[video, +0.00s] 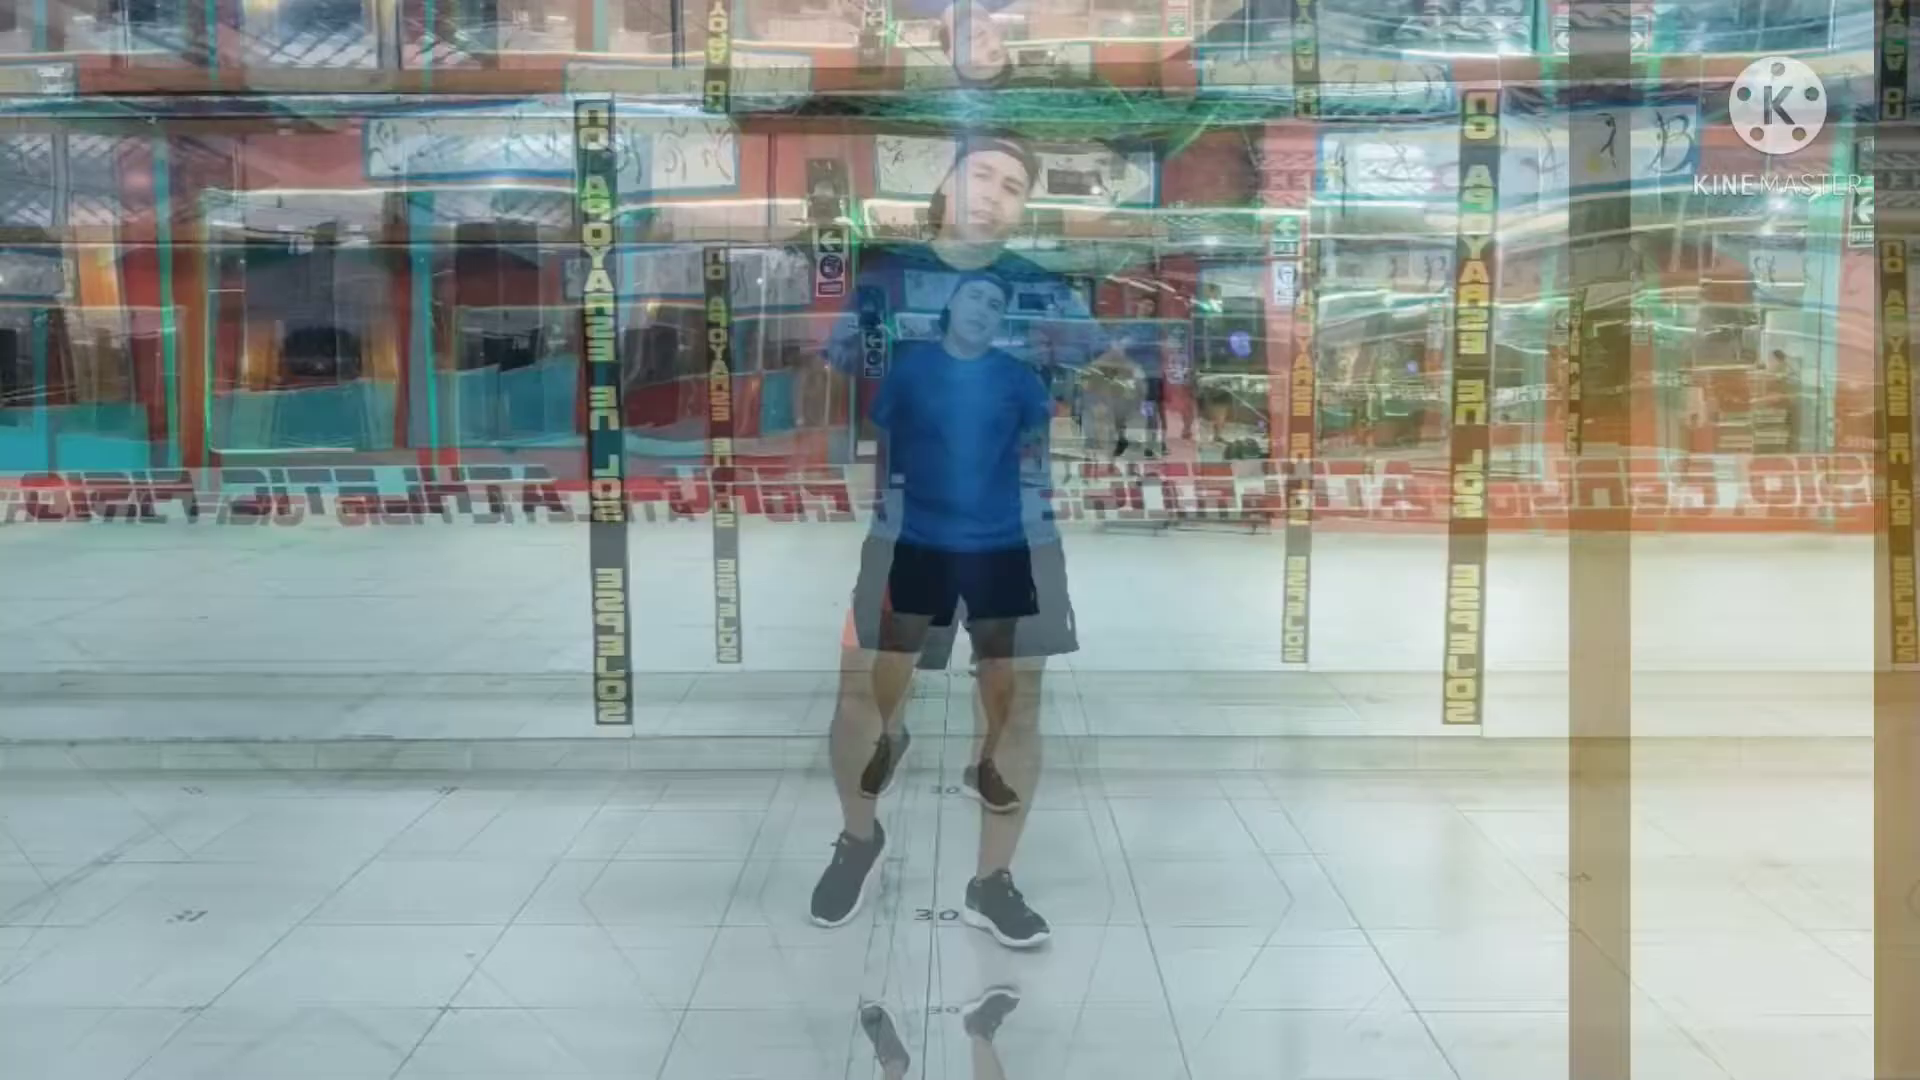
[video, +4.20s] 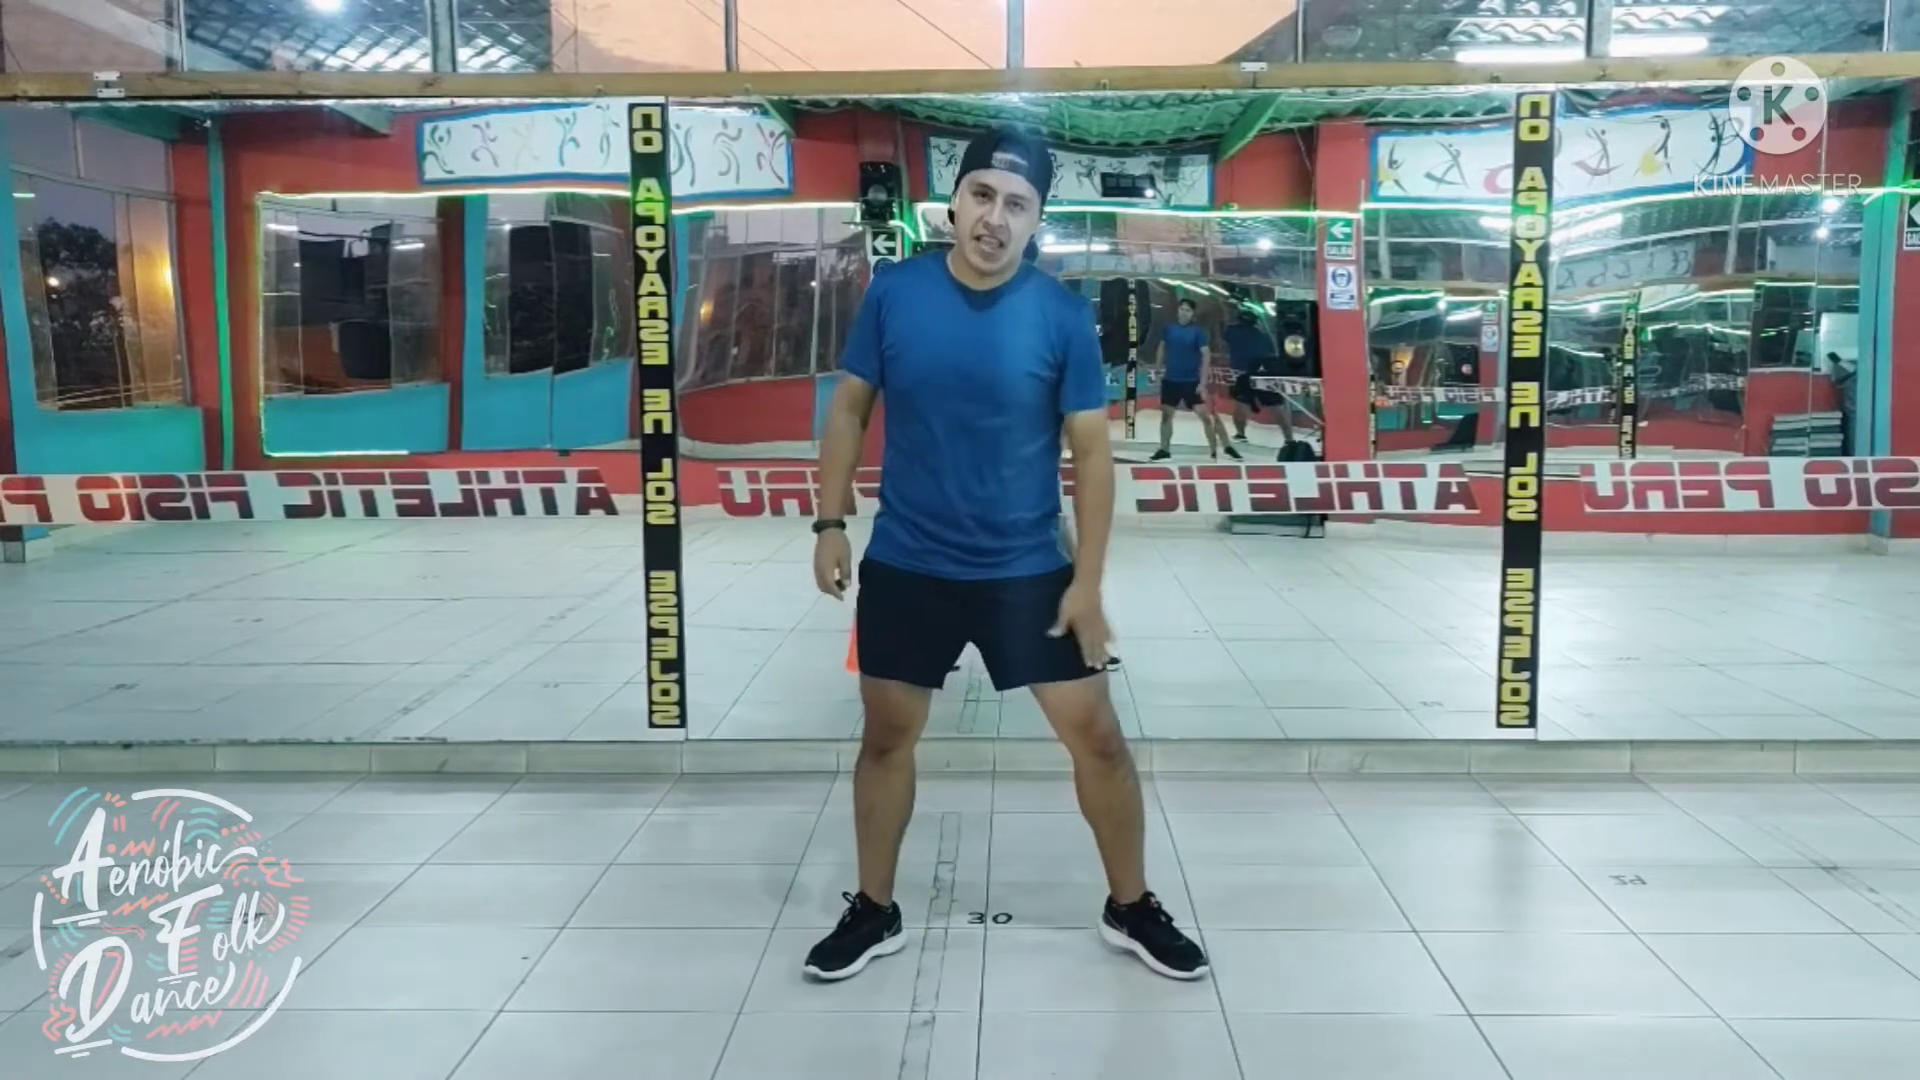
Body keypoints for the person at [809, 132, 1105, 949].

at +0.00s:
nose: (995, 195)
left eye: (1011, 188)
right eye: (984, 176)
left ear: (1022, 212)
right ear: (947, 185)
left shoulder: (1042, 295)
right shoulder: (890, 279)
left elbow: (1106, 374)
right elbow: (844, 384)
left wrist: (1112, 380)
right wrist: (833, 364)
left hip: (1012, 533)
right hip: (909, 527)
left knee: (1013, 709)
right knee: (866, 703)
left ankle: (995, 877)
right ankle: (859, 837)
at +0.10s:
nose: (1064, 194)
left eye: (1079, 190)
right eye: (1052, 175)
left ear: (1083, 214)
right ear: (1011, 181)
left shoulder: (1100, 297)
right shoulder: (941, 283)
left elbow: (1157, 398)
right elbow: (895, 390)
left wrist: (1121, 486)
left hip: (1063, 542)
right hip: (957, 534)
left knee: (1062, 709)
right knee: (912, 709)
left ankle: (1039, 879)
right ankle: (915, 841)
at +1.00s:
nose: (967, 186)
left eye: (986, 177)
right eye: (953, 172)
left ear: (1008, 204)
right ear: (926, 192)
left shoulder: (1039, 295)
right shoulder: (874, 291)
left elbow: (1084, 424)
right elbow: (827, 406)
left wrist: (1046, 441)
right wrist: (791, 515)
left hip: (1023, 549)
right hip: (907, 549)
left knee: (1089, 715)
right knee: (882, 727)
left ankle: (1115, 893)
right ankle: (867, 901)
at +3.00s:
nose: (996, 190)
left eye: (1016, 180)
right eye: (982, 174)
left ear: (1039, 204)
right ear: (955, 191)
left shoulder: (1069, 298)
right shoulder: (900, 292)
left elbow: (1111, 432)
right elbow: (866, 412)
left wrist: (1069, 397)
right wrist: (848, 529)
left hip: (1045, 564)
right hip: (928, 560)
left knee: (1095, 742)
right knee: (896, 740)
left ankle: (1125, 906)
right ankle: (872, 905)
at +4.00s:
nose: (997, 207)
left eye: (1017, 195)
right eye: (984, 187)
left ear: (1039, 214)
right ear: (956, 195)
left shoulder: (1066, 304)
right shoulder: (898, 291)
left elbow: (1109, 412)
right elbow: (858, 407)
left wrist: (1123, 509)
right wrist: (842, 526)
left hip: (1033, 563)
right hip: (918, 557)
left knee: (1093, 739)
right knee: (890, 735)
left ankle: (1127, 906)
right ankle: (874, 905)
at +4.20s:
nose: (993, 218)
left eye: (1015, 205)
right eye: (981, 197)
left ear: (1037, 221)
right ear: (954, 201)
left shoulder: (1063, 317)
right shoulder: (894, 293)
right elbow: (850, 402)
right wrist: (831, 518)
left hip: (1025, 566)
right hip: (909, 560)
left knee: (1097, 734)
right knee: (884, 735)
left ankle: (1130, 903)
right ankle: (873, 905)